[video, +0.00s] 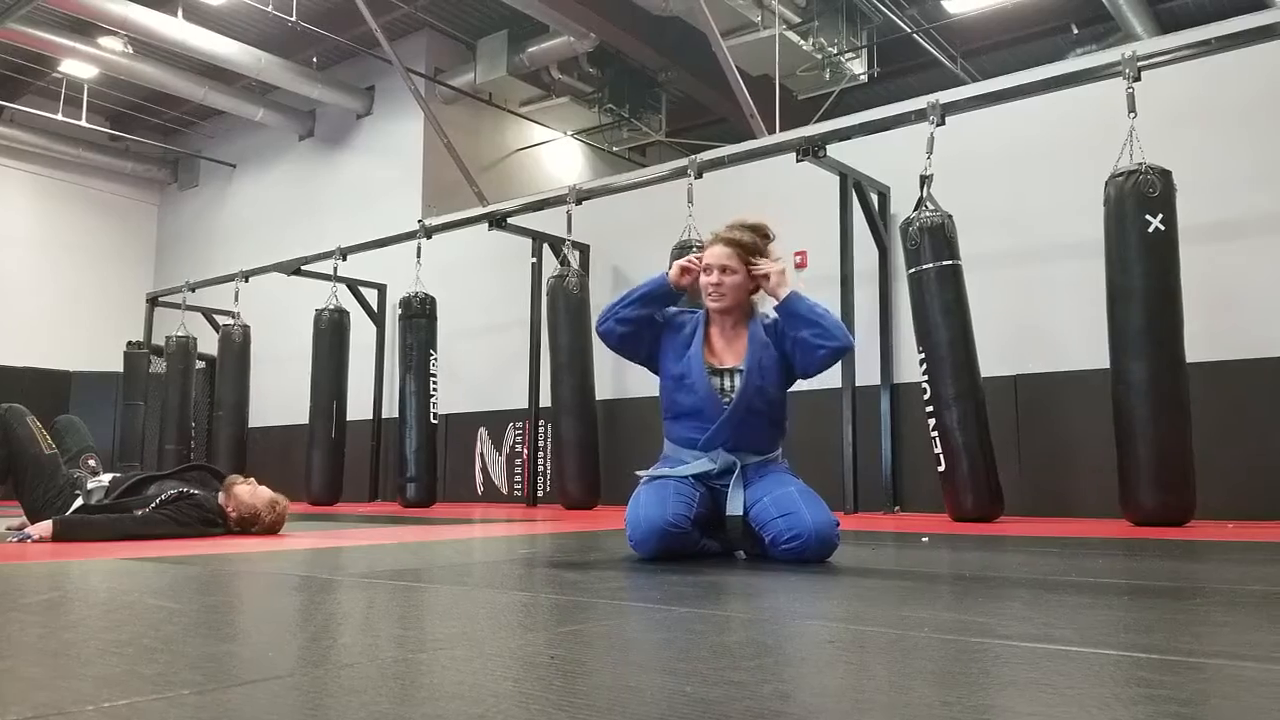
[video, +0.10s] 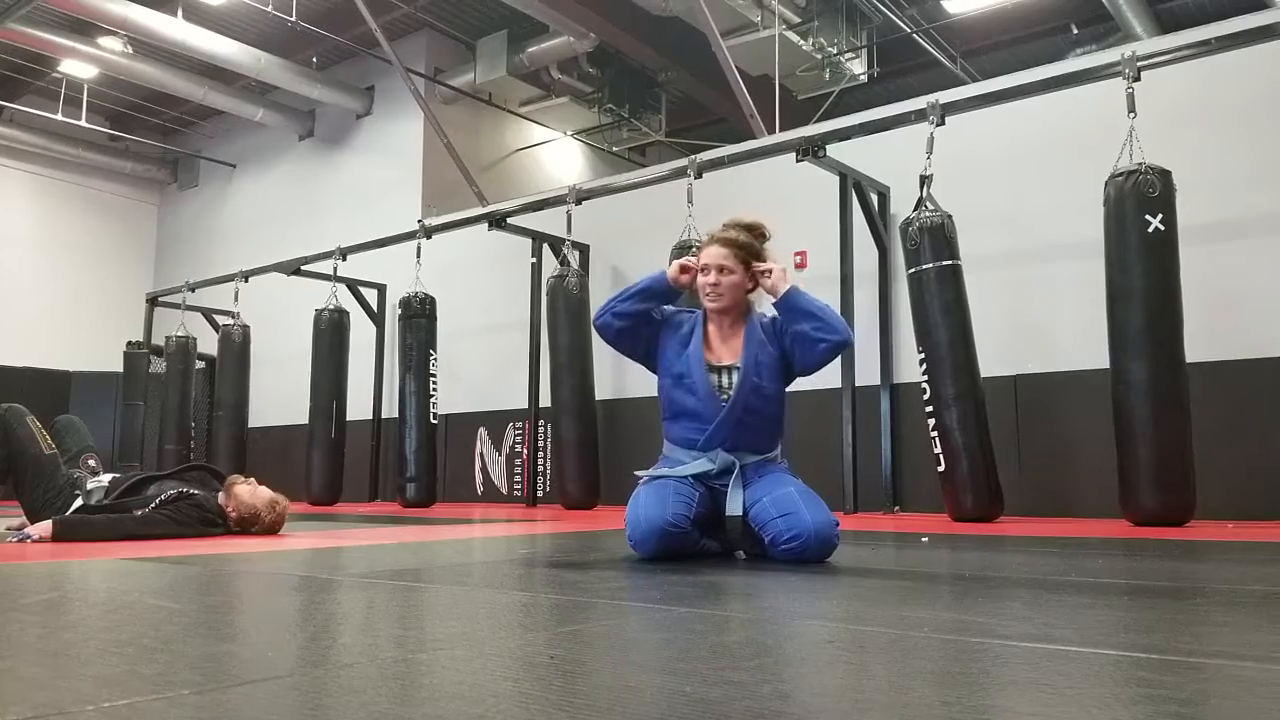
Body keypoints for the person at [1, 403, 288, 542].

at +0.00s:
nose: (248, 476)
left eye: (250, 488)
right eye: (256, 483)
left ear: (234, 510)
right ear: (237, 504)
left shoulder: (200, 513)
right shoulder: (218, 490)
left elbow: (129, 524)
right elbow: (157, 483)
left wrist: (56, 527)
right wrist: (115, 480)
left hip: (67, 502)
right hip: (100, 486)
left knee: (11, 414)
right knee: (67, 421)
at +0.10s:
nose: (249, 476)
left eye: (251, 487)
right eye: (257, 483)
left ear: (234, 510)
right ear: (238, 505)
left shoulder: (199, 513)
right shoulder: (218, 490)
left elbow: (129, 524)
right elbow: (156, 483)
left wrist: (56, 527)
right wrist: (115, 480)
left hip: (67, 501)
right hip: (100, 485)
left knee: (11, 414)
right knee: (66, 421)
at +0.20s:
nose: (248, 476)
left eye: (250, 487)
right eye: (256, 483)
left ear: (235, 511)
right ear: (237, 505)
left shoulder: (200, 513)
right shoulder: (217, 490)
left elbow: (129, 524)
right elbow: (151, 484)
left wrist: (56, 527)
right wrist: (110, 482)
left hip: (67, 501)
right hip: (100, 486)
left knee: (12, 414)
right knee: (66, 421)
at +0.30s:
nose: (247, 476)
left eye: (249, 487)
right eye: (255, 482)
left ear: (233, 509)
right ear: (236, 504)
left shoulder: (199, 513)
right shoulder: (216, 488)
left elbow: (129, 524)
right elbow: (155, 482)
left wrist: (56, 527)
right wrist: (113, 479)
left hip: (68, 501)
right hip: (100, 485)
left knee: (11, 414)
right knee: (66, 421)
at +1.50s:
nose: (247, 477)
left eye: (250, 487)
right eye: (255, 483)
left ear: (233, 508)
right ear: (235, 504)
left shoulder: (199, 513)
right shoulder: (214, 490)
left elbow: (130, 524)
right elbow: (151, 485)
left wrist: (57, 527)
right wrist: (110, 480)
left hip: (69, 500)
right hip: (98, 485)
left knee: (12, 415)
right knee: (66, 421)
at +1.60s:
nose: (247, 477)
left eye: (250, 487)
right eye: (255, 483)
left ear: (235, 509)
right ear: (236, 504)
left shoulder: (200, 513)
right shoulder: (213, 490)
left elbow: (131, 524)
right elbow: (151, 484)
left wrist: (57, 527)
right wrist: (109, 479)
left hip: (68, 500)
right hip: (97, 484)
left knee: (15, 415)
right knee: (67, 422)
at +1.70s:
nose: (248, 477)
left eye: (251, 488)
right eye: (256, 483)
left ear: (234, 510)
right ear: (234, 505)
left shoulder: (200, 513)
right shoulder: (212, 488)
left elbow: (130, 525)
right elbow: (152, 486)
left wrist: (50, 526)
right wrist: (110, 482)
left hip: (69, 503)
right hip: (98, 485)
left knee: (16, 415)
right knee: (67, 423)